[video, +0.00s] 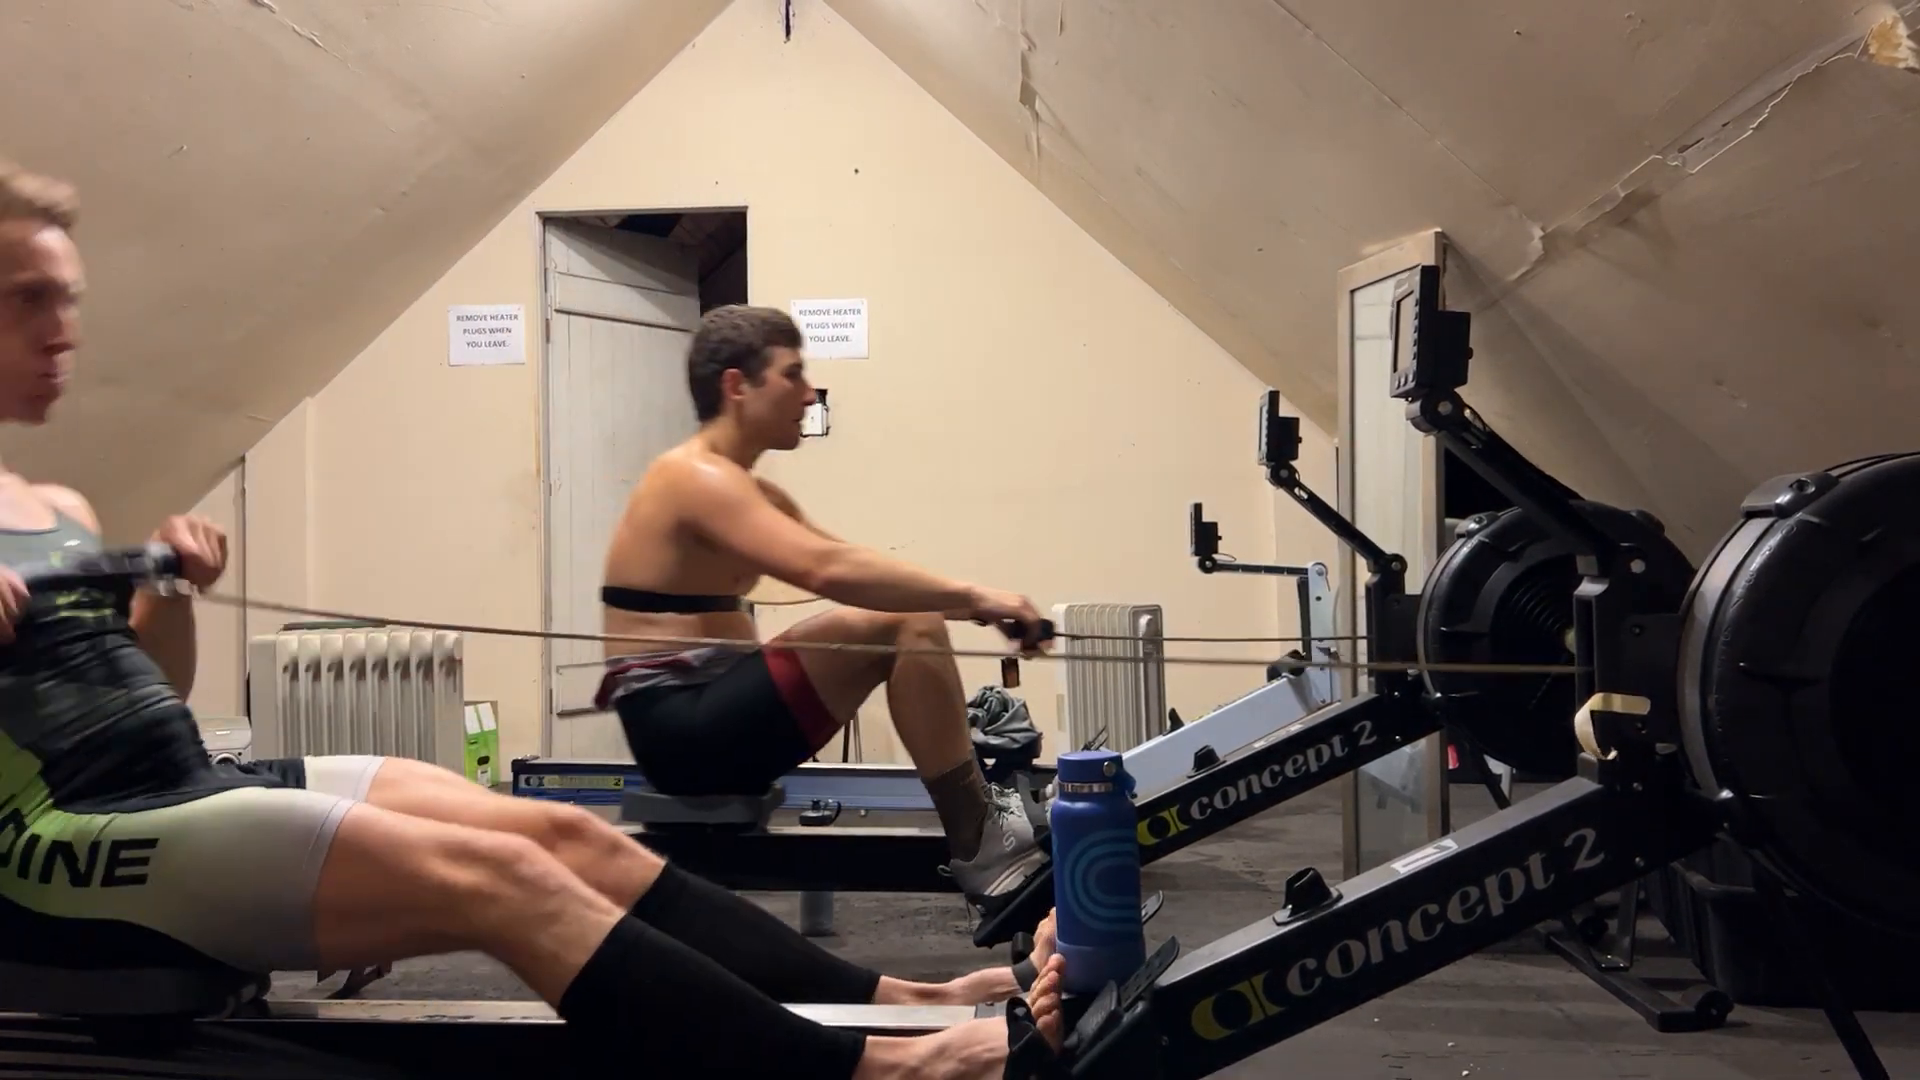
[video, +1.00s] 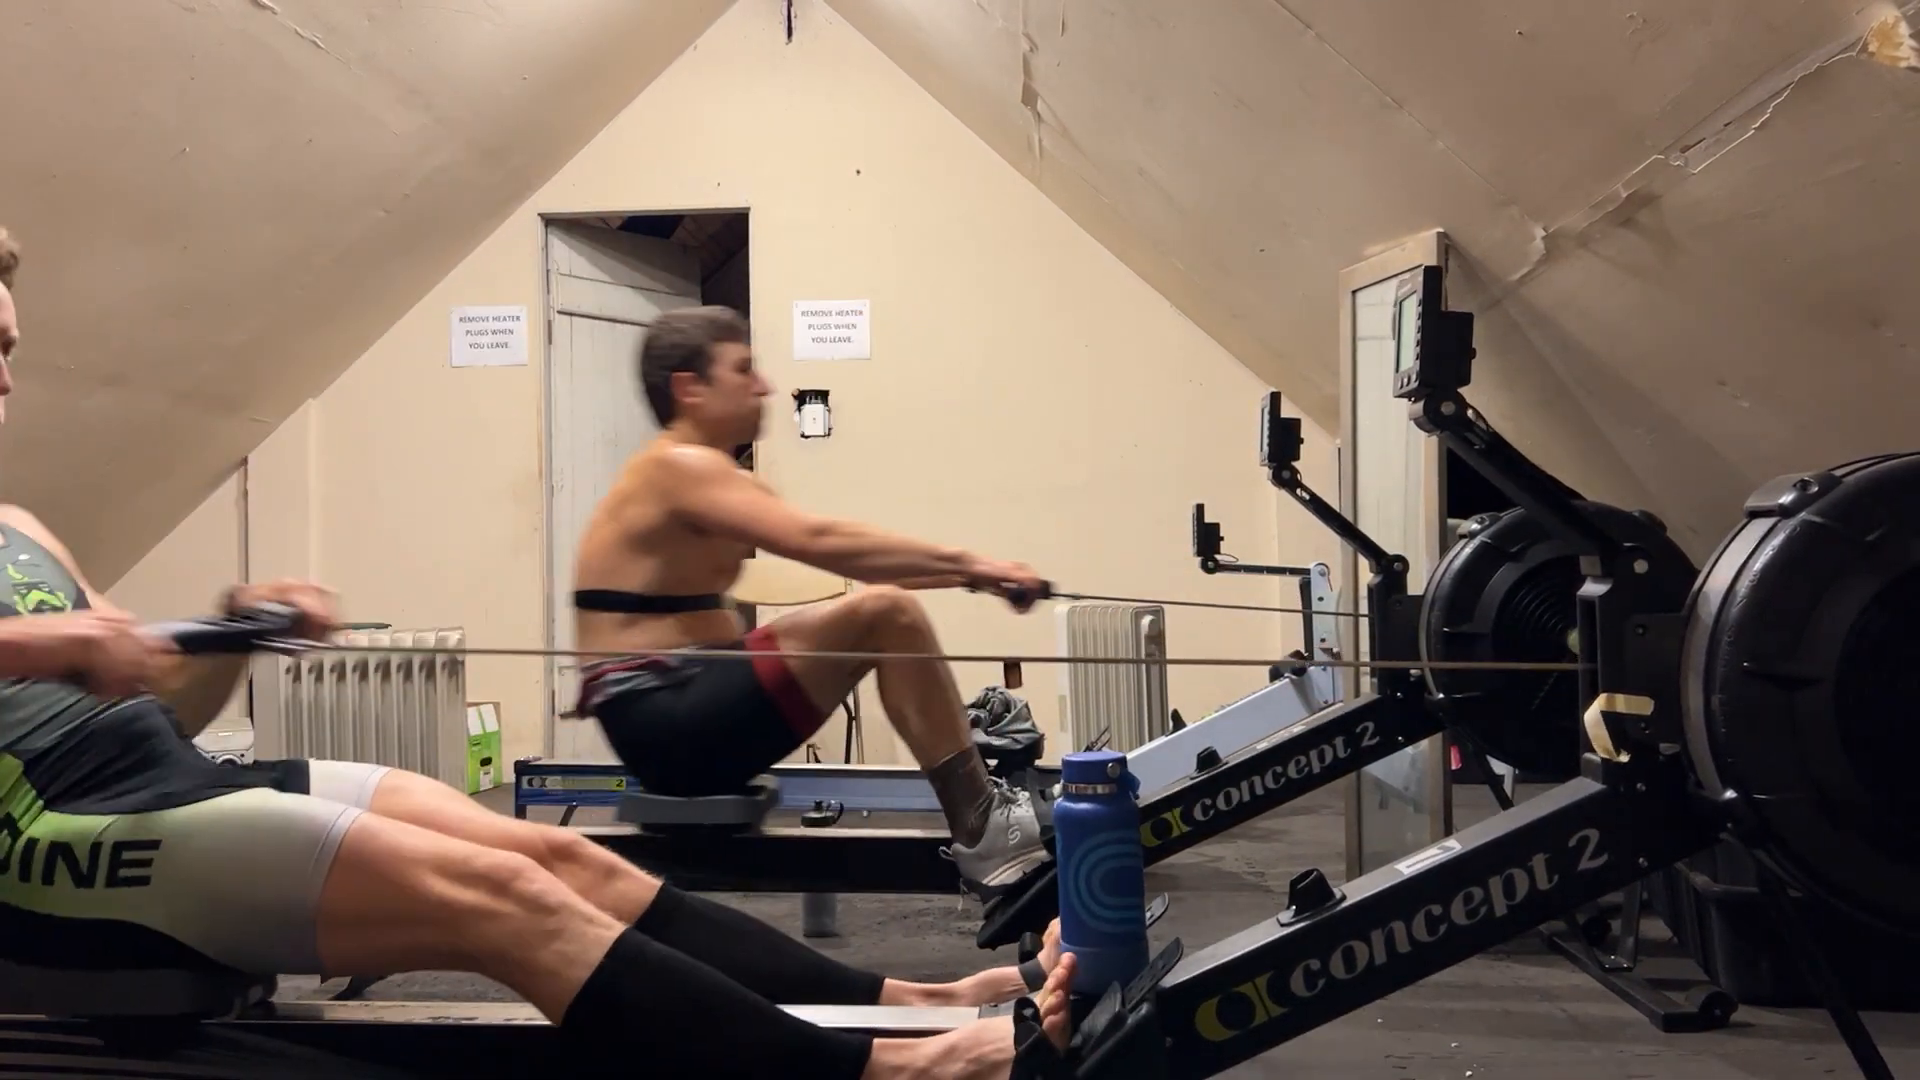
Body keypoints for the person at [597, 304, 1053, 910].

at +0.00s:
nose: (812, 391)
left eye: (805, 375)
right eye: (792, 375)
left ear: (745, 388)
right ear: (736, 387)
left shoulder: (752, 489)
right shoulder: (696, 479)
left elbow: (849, 563)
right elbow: (825, 573)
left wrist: (977, 604)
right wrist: (974, 598)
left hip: (714, 717)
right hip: (680, 730)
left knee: (909, 622)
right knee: (910, 630)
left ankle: (978, 831)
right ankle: (977, 846)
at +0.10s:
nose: (861, 395)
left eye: (854, 376)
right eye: (844, 376)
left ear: (792, 390)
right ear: (787, 388)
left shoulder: (793, 486)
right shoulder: (748, 477)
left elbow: (900, 569)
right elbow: (888, 568)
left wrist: (1031, 609)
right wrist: (1035, 600)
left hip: (751, 718)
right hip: (721, 728)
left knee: (938, 616)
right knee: (924, 620)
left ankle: (981, 824)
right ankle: (976, 836)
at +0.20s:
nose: (909, 396)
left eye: (903, 377)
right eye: (892, 377)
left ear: (839, 394)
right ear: (837, 390)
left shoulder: (814, 477)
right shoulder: (803, 478)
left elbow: (952, 566)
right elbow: (947, 563)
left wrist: (1083, 609)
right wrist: (1091, 598)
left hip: (769, 723)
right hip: (759, 732)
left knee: (956, 601)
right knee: (955, 602)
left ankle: (979, 825)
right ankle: (977, 833)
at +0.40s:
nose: (993, 401)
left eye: (987, 382)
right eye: (976, 383)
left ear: (927, 398)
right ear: (923, 395)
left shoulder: (887, 476)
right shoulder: (896, 481)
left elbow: (1041, 562)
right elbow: (1042, 559)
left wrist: (1180, 606)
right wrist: (1190, 596)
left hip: (806, 722)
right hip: (806, 733)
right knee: (1003, 583)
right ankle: (976, 817)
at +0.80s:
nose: (942, 391)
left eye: (933, 374)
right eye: (923, 376)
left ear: (873, 396)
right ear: (872, 394)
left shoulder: (846, 468)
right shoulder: (859, 474)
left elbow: (1004, 551)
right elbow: (1005, 548)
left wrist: (1139, 582)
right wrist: (1145, 570)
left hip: (785, 719)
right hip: (788, 728)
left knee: (974, 589)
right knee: (975, 590)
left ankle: (981, 806)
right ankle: (980, 822)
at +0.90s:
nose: (859, 387)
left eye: (849, 371)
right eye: (839, 373)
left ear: (786, 391)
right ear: (785, 389)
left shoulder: (773, 467)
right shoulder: (770, 467)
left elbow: (923, 554)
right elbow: (916, 544)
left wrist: (1053, 581)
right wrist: (1058, 569)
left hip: (734, 710)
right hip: (729, 721)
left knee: (926, 594)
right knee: (930, 604)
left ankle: (983, 813)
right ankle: (981, 826)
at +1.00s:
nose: (764, 387)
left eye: (755, 369)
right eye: (743, 371)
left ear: (694, 390)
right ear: (686, 388)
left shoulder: (706, 472)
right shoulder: (681, 468)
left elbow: (839, 554)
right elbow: (823, 543)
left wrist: (969, 569)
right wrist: (968, 566)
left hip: (687, 712)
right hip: (665, 724)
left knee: (885, 612)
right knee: (887, 616)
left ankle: (980, 817)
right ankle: (978, 828)